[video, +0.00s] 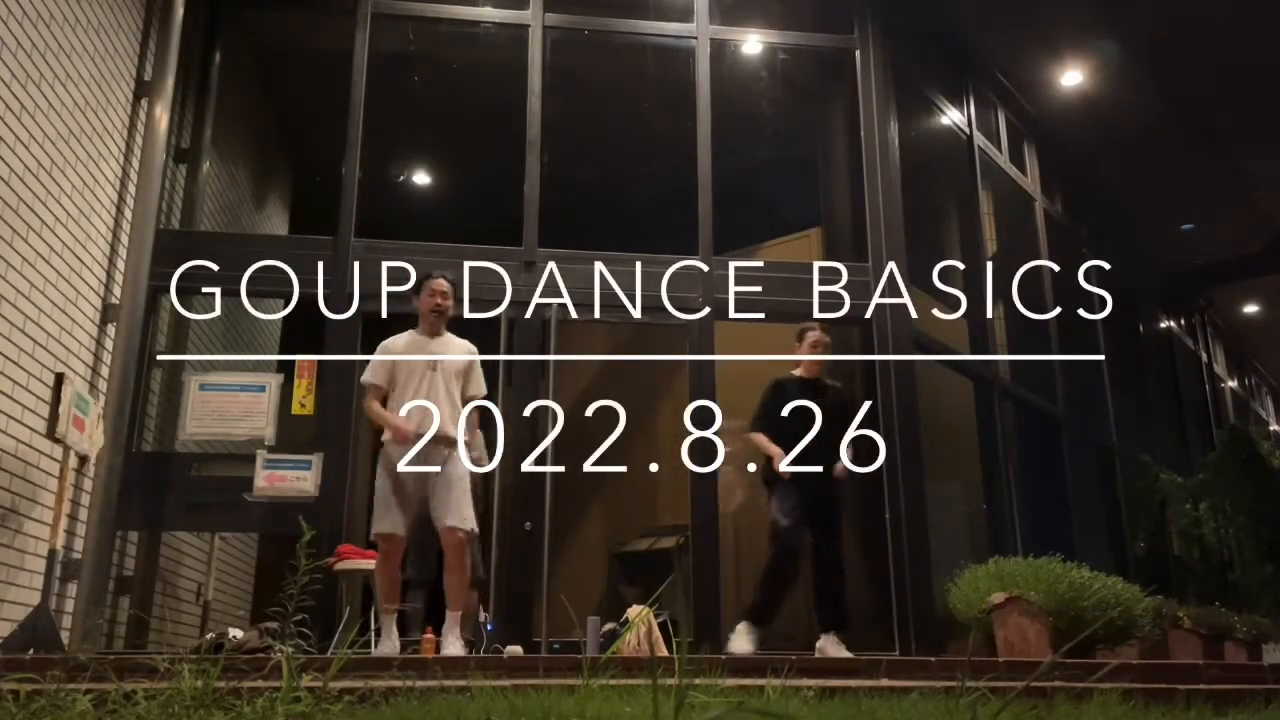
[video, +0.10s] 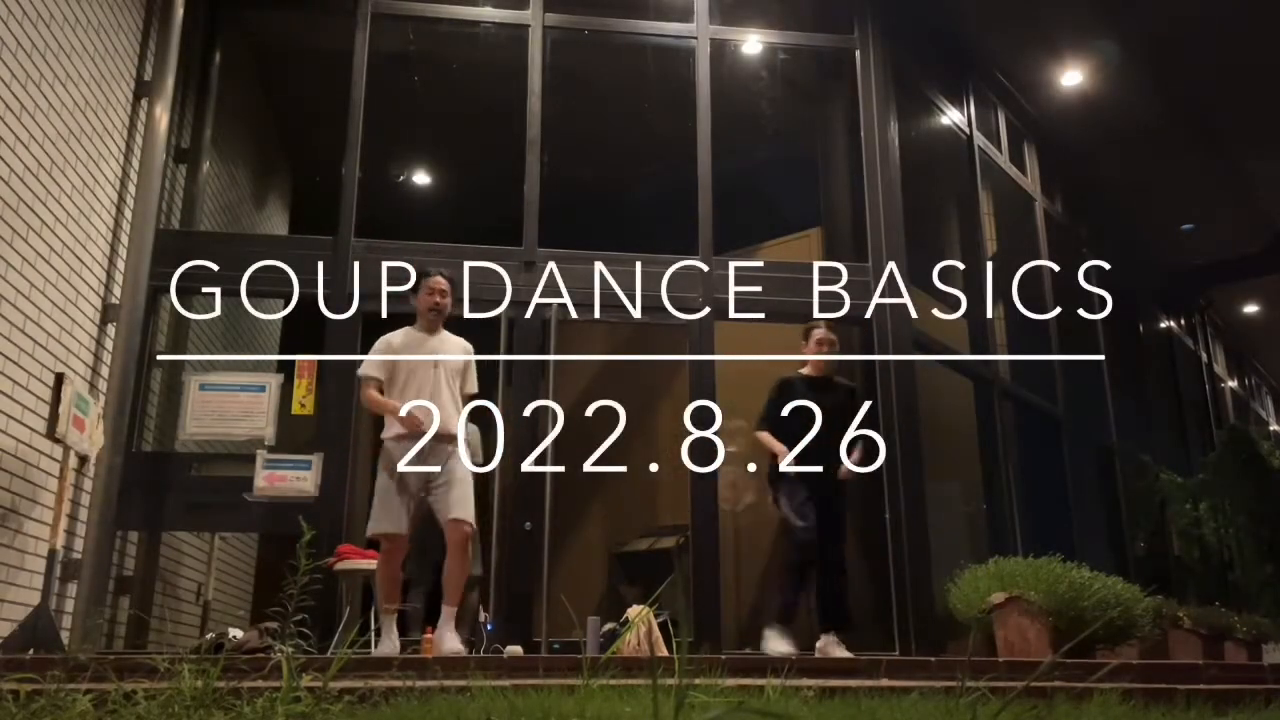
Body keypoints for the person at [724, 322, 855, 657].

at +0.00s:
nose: (819, 351)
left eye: (824, 347)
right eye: (813, 345)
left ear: (829, 353)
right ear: (799, 350)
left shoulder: (837, 394)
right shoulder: (781, 388)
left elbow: (850, 433)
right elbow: (756, 431)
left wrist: (846, 459)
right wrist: (776, 451)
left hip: (825, 482)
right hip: (788, 482)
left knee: (829, 555)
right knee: (787, 552)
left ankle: (829, 635)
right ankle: (749, 627)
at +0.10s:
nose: (826, 349)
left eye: (830, 344)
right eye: (820, 343)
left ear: (837, 349)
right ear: (805, 347)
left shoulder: (847, 391)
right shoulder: (787, 386)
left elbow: (860, 433)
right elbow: (762, 429)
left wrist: (853, 460)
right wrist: (780, 449)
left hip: (831, 480)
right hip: (794, 479)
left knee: (832, 553)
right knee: (802, 540)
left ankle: (829, 635)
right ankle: (777, 627)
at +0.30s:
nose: (831, 344)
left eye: (837, 339)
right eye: (825, 339)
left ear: (846, 345)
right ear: (813, 346)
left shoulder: (858, 389)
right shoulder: (796, 386)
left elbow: (872, 429)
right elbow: (774, 430)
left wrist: (865, 448)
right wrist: (791, 454)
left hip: (847, 482)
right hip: (809, 484)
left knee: (843, 552)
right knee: (823, 552)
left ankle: (839, 632)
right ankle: (833, 632)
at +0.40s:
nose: (832, 343)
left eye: (838, 337)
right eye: (825, 337)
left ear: (847, 344)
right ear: (814, 345)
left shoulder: (858, 387)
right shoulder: (801, 386)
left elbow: (872, 434)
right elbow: (781, 434)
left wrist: (876, 415)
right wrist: (797, 457)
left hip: (855, 482)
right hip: (816, 483)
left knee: (851, 554)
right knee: (830, 554)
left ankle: (842, 633)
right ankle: (841, 633)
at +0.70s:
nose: (838, 335)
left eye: (843, 328)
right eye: (830, 331)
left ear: (856, 333)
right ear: (821, 339)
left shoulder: (871, 369)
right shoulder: (813, 378)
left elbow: (877, 381)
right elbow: (794, 424)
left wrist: (857, 346)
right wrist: (805, 450)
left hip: (872, 475)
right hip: (831, 478)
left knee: (870, 554)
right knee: (840, 555)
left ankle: (846, 627)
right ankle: (849, 635)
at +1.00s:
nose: (855, 331)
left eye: (859, 324)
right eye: (847, 326)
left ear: (869, 331)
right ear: (836, 335)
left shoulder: (879, 368)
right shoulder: (827, 372)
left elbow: (890, 387)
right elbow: (808, 419)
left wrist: (873, 346)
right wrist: (808, 463)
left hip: (882, 471)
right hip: (840, 475)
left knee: (900, 549)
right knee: (846, 555)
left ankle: (908, 634)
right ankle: (855, 638)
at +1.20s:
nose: (871, 325)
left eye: (877, 319)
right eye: (864, 320)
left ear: (888, 328)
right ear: (854, 330)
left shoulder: (899, 367)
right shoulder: (843, 370)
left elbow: (906, 388)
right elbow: (825, 424)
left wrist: (888, 347)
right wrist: (818, 469)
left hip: (899, 475)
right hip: (854, 478)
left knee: (908, 553)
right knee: (855, 555)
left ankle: (914, 638)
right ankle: (861, 636)